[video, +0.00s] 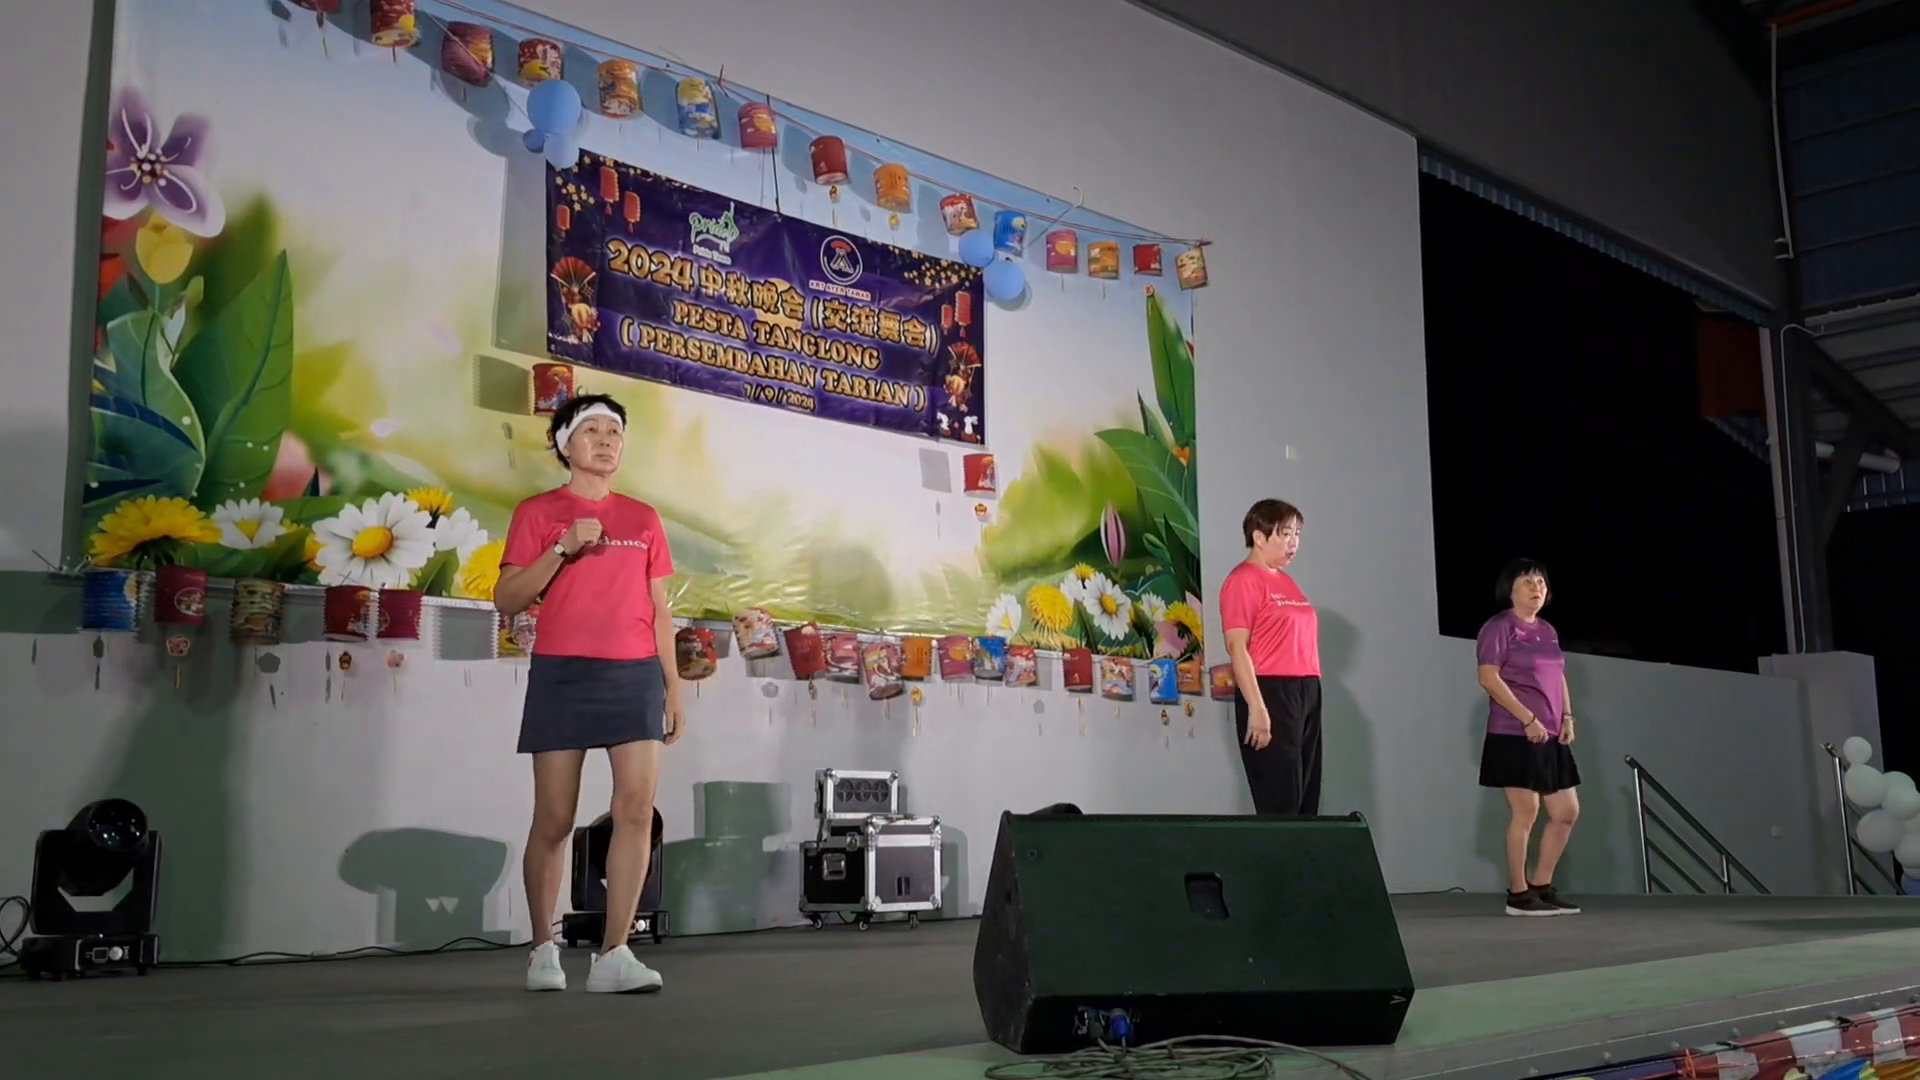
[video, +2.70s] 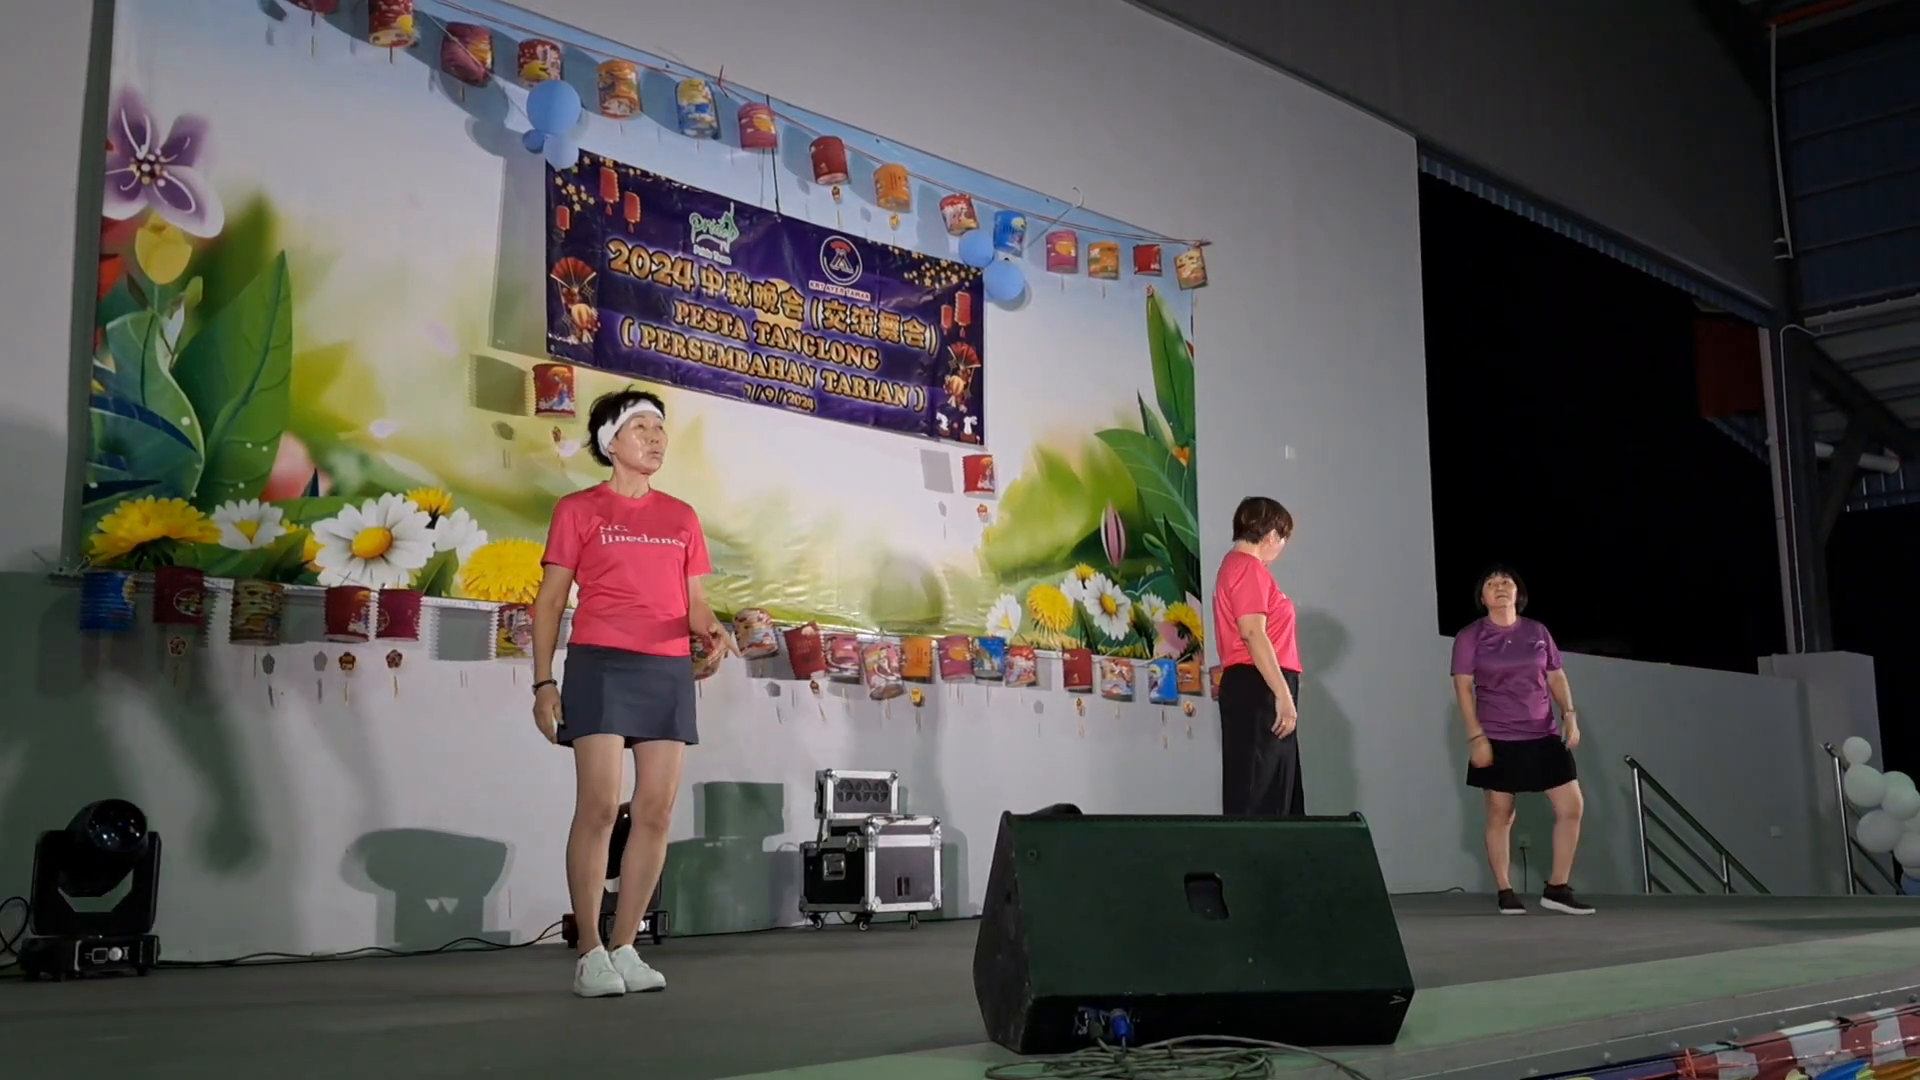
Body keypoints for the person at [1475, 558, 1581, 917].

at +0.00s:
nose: (1536, 588)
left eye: (1541, 582)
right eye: (1527, 583)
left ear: (1546, 590)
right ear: (1511, 590)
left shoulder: (1548, 631)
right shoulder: (1498, 627)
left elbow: (1559, 676)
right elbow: (1488, 678)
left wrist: (1567, 715)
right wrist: (1528, 719)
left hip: (1550, 736)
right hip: (1513, 736)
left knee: (1566, 811)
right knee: (1525, 811)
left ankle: (1541, 888)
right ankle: (1518, 893)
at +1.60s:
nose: (1552, 587)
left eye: (1556, 583)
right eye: (1543, 583)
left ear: (1563, 591)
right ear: (1528, 592)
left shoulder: (1571, 634)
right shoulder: (1518, 630)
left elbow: (1587, 680)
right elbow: (1517, 681)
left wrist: (1608, 722)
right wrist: (1549, 726)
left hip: (1573, 736)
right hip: (1533, 735)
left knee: (1581, 812)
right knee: (1557, 810)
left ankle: (1560, 890)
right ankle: (1541, 891)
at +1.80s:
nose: (1548, 592)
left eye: (1553, 587)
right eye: (1540, 586)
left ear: (1560, 594)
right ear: (1525, 593)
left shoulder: (1573, 635)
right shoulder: (1508, 631)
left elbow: (1600, 675)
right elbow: (1493, 675)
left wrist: (1635, 701)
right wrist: (1507, 714)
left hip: (1565, 738)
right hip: (1523, 736)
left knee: (1574, 812)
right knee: (1535, 811)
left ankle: (1558, 891)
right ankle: (1520, 886)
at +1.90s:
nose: (1539, 593)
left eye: (1544, 587)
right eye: (1531, 586)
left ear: (1551, 592)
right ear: (1514, 591)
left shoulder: (1563, 630)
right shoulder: (1495, 629)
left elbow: (1591, 670)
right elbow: (1474, 671)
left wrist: (1629, 673)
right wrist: (1466, 706)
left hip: (1560, 734)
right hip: (1515, 734)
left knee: (1578, 807)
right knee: (1520, 812)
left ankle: (1560, 888)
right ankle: (1508, 886)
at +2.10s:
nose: (1523, 599)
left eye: (1528, 593)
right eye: (1515, 593)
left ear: (1534, 598)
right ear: (1498, 597)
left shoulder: (1545, 634)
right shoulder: (1477, 636)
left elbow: (1571, 676)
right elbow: (1446, 678)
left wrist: (1599, 661)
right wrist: (1411, 714)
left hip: (1545, 738)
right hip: (1496, 740)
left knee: (1584, 803)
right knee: (1501, 811)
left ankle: (1596, 886)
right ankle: (1505, 891)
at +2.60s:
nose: (1497, 586)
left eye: (1503, 581)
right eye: (1489, 583)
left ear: (1514, 591)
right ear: (1479, 595)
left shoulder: (1536, 631)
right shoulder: (1465, 637)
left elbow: (1557, 674)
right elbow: (1452, 689)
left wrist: (1570, 696)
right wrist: (1442, 738)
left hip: (1540, 736)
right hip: (1491, 739)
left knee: (1574, 804)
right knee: (1498, 813)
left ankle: (1574, 886)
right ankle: (1505, 891)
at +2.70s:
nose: (1501, 586)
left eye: (1507, 582)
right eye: (1493, 583)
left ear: (1518, 592)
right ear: (1482, 595)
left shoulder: (1538, 632)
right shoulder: (1470, 636)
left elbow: (1556, 676)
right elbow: (1463, 689)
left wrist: (1569, 715)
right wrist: (1476, 737)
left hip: (1543, 740)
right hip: (1497, 742)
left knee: (1571, 807)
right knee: (1501, 814)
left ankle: (1557, 887)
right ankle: (1505, 891)